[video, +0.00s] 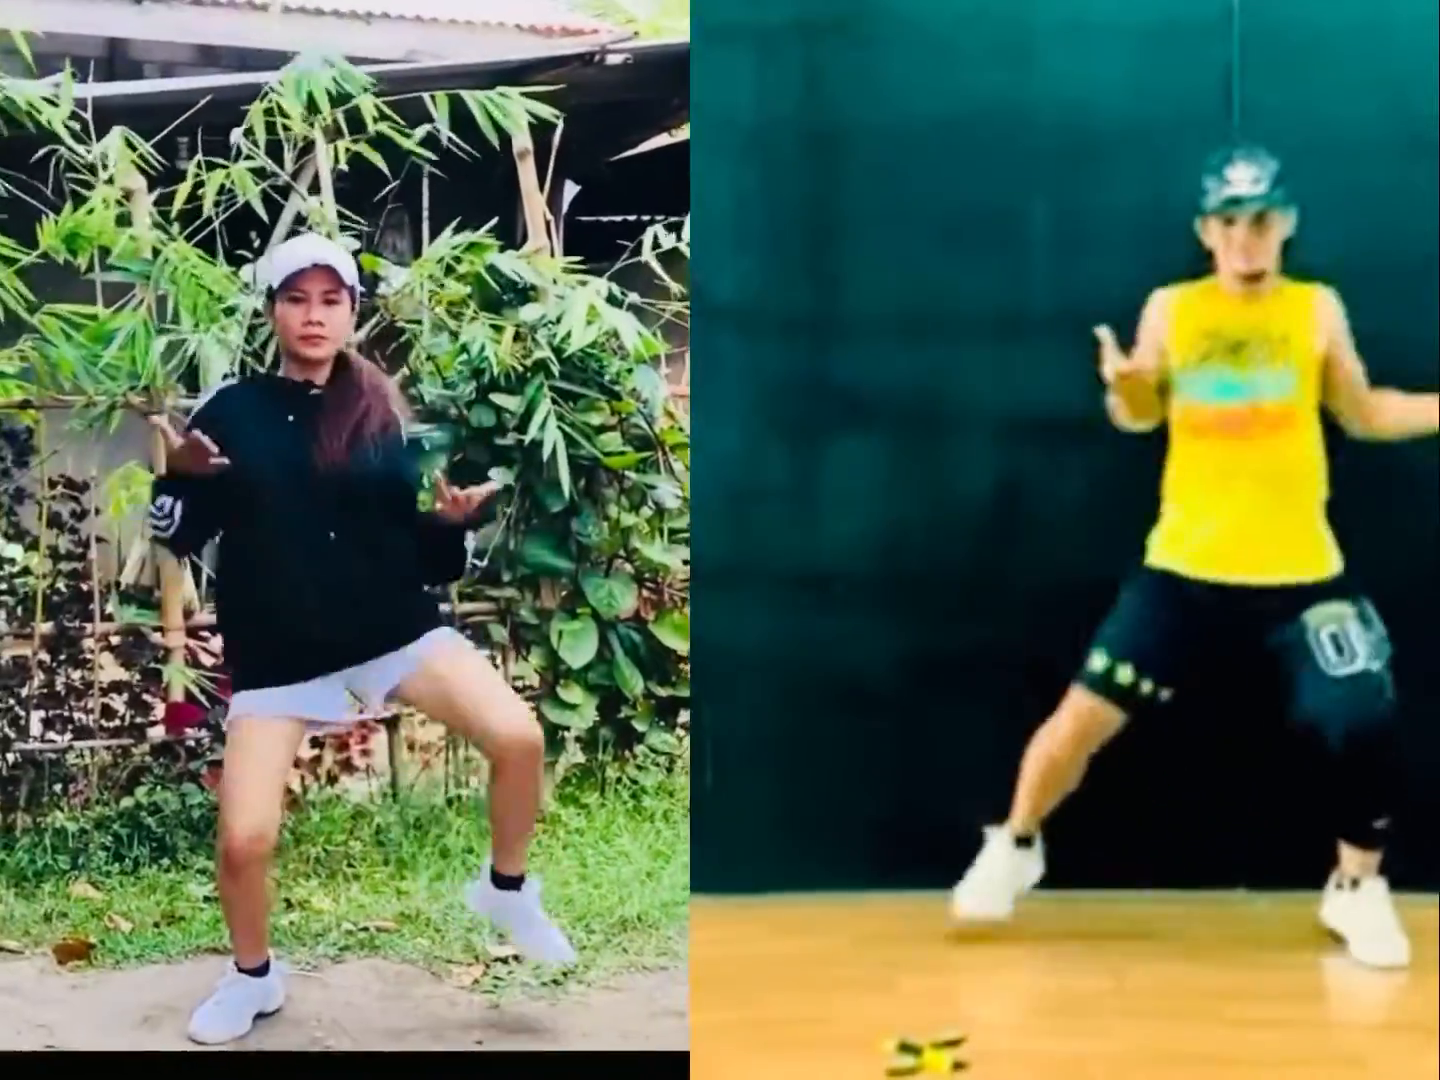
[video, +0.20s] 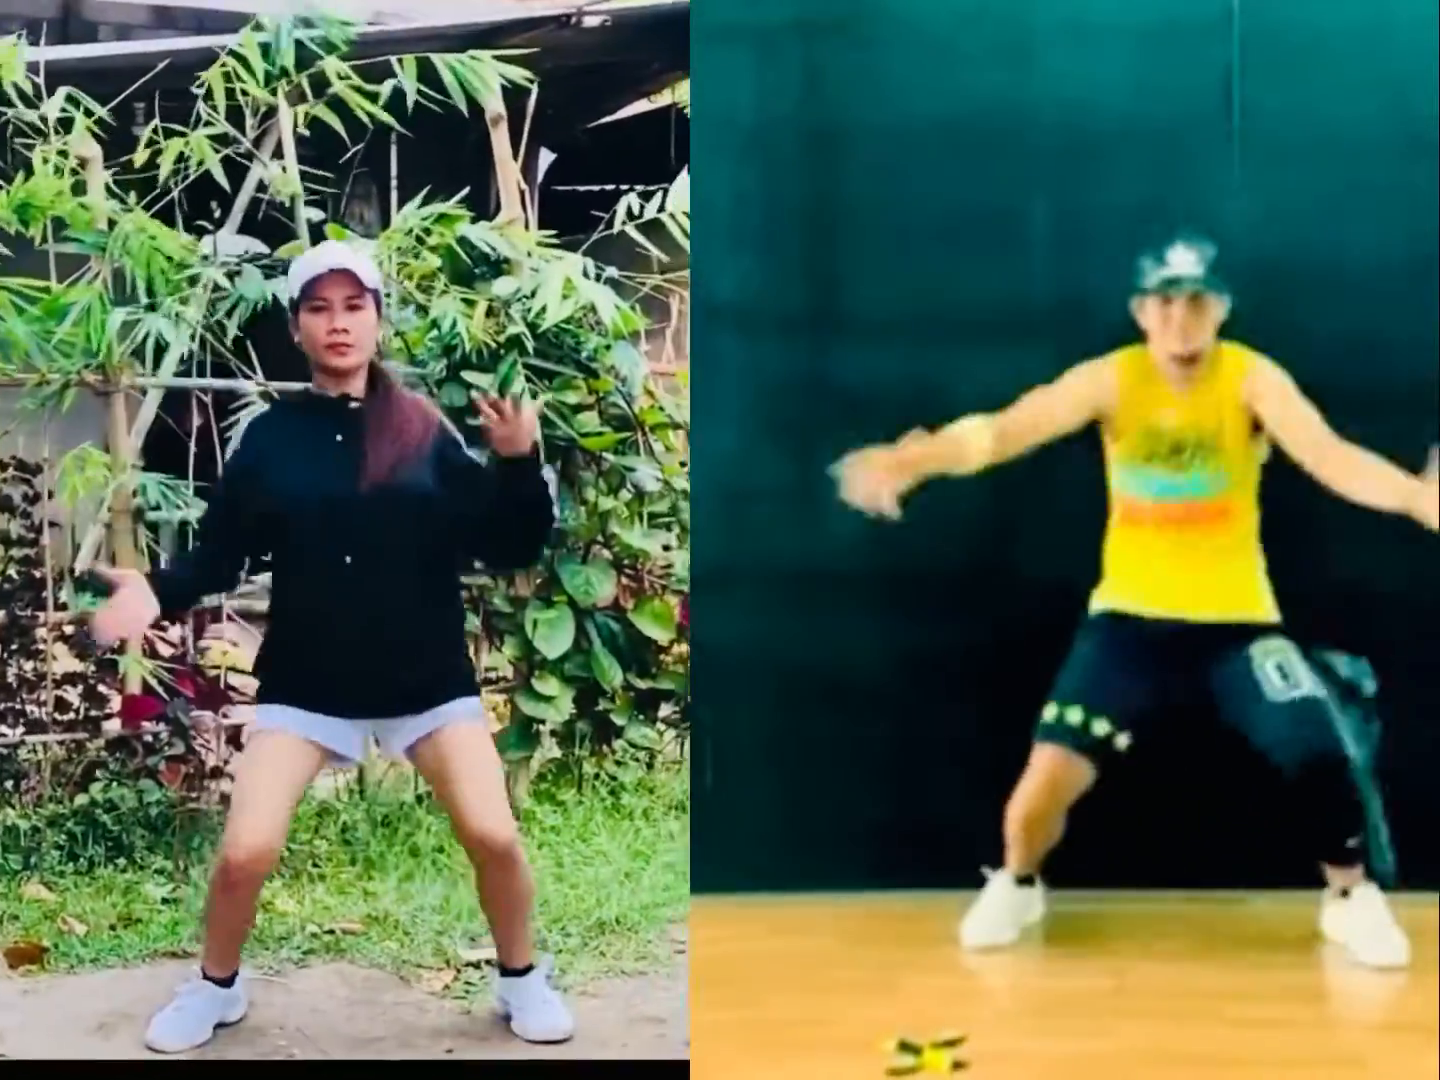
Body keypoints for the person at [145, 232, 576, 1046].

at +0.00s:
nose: (315, 315)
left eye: (332, 300)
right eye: (298, 299)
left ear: (354, 316)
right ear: (273, 312)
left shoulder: (378, 406)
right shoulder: (231, 412)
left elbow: (423, 555)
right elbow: (182, 538)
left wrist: (451, 517)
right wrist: (178, 480)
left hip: (392, 630)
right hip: (274, 656)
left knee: (519, 735)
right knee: (243, 841)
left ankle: (506, 889)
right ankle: (252, 975)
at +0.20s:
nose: (339, 323)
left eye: (354, 306)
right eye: (320, 308)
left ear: (379, 321)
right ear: (296, 328)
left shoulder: (424, 426)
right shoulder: (271, 434)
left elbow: (513, 545)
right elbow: (222, 548)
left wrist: (519, 462)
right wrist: (157, 591)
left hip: (427, 678)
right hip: (305, 682)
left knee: (497, 838)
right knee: (242, 854)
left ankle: (522, 978)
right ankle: (216, 986)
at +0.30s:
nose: (356, 301)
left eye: (371, 282)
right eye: (336, 287)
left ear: (399, 294)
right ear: (316, 308)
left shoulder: (466, 388)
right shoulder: (304, 418)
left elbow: (571, 460)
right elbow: (270, 529)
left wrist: (530, 390)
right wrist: (266, 559)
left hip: (438, 660)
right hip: (314, 660)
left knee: (502, 824)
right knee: (253, 833)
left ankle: (510, 981)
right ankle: (193, 981)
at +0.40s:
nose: (376, 264)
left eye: (391, 245)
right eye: (355, 251)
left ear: (420, 253)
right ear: (337, 269)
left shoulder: (482, 352)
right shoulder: (326, 375)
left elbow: (558, 473)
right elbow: (283, 510)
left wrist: (571, 443)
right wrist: (265, 437)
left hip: (465, 628)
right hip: (338, 616)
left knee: (492, 817)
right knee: (236, 766)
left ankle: (503, 982)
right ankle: (209, 942)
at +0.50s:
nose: (384, 250)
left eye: (400, 231)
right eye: (364, 237)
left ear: (430, 242)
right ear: (345, 256)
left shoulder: (483, 346)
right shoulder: (317, 363)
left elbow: (524, 491)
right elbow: (225, 455)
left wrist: (564, 498)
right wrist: (145, 392)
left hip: (477, 607)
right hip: (359, 591)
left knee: (479, 820)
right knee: (229, 695)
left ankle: (492, 985)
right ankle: (264, 854)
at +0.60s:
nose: (395, 266)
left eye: (412, 247)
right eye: (376, 252)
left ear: (445, 259)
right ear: (358, 273)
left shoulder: (498, 366)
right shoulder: (345, 382)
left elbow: (556, 512)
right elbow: (270, 512)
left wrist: (577, 458)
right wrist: (172, 513)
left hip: (480, 627)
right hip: (361, 599)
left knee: (492, 829)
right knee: (250, 675)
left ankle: (489, 984)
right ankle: (296, 782)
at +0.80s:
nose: (374, 255)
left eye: (393, 237)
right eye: (357, 240)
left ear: (427, 251)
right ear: (341, 259)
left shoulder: (479, 352)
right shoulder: (333, 366)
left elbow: (563, 475)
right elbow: (266, 484)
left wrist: (591, 434)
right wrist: (234, 398)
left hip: (460, 613)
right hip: (343, 588)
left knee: (469, 820)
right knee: (244, 689)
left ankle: (488, 986)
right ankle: (204, 857)